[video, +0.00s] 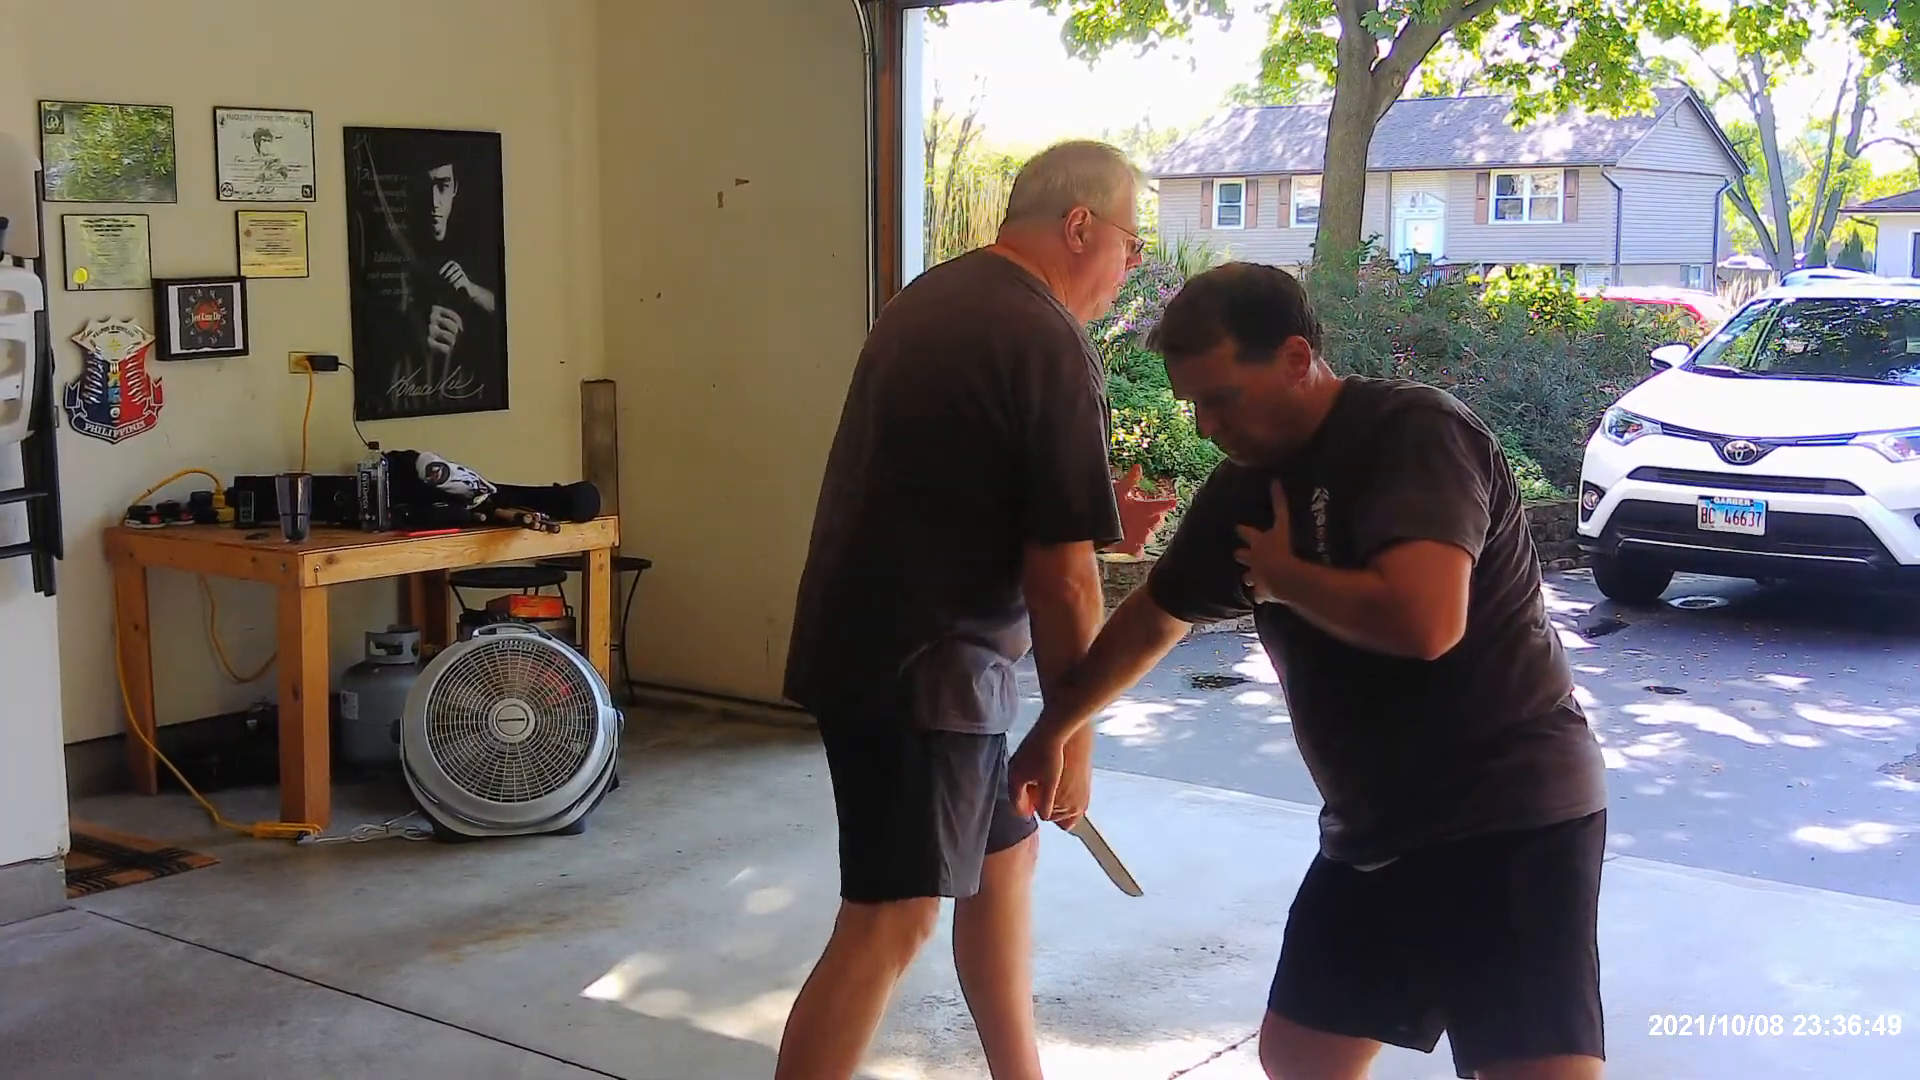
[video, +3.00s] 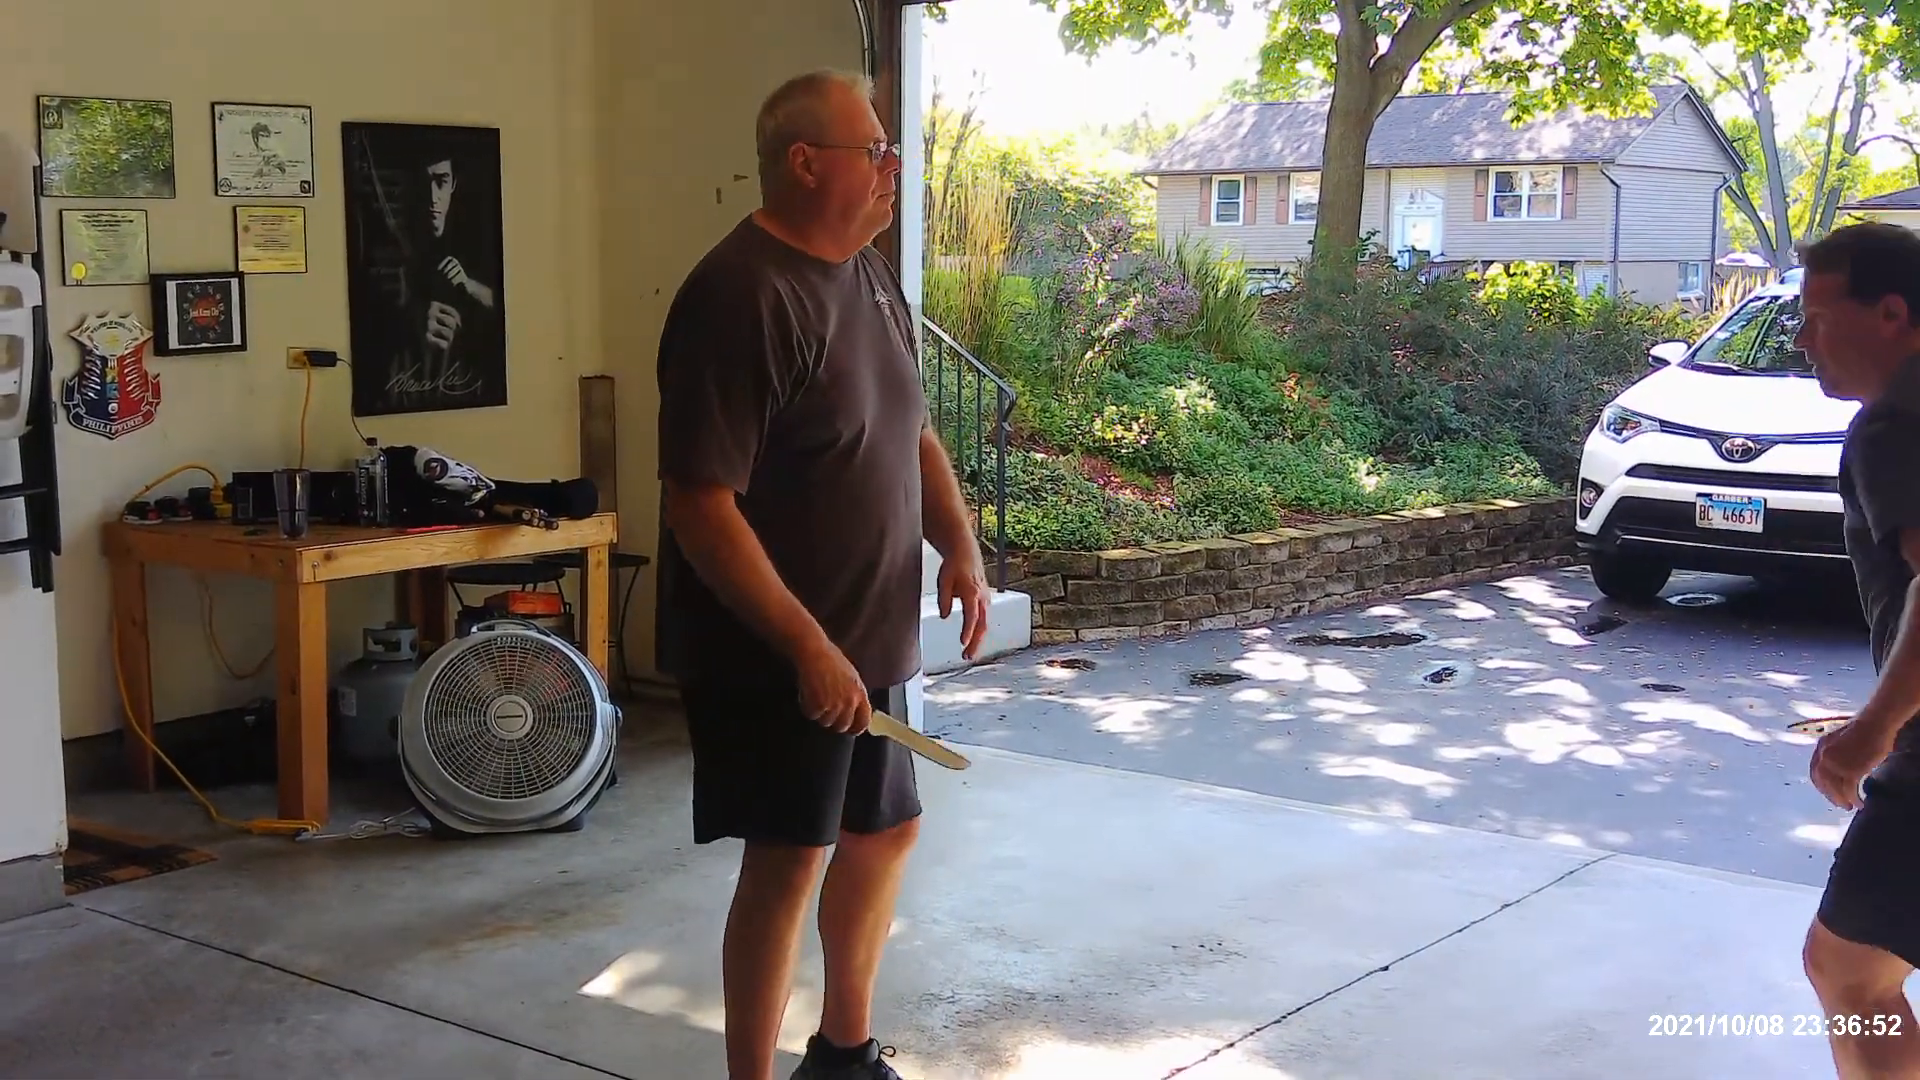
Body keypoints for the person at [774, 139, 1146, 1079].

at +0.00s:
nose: (1127, 273)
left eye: (1132, 251)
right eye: (1128, 247)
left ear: (1046, 221)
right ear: (1079, 226)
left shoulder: (932, 295)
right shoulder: (1043, 339)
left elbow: (941, 496)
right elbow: (1061, 573)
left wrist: (1087, 517)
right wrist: (1073, 732)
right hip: (925, 662)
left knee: (1005, 848)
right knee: (887, 921)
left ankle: (1019, 1069)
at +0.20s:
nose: (1154, 258)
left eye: (1156, 239)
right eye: (1147, 234)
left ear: (1073, 218)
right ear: (1088, 218)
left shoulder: (975, 289)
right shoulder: (1036, 329)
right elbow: (1060, 561)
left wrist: (1088, 656)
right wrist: (1102, 734)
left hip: (956, 648)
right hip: (917, 657)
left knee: (1008, 848)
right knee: (910, 899)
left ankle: (1021, 1071)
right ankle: (802, 1073)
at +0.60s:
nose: (1034, 210)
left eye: (1040, 193)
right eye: (1017, 190)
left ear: (1026, 200)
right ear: (948, 188)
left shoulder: (988, 313)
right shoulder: (904, 310)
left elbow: (1024, 497)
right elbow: (950, 513)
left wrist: (1056, 638)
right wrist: (1066, 641)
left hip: (958, 652)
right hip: (862, 658)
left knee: (997, 843)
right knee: (860, 867)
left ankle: (1020, 1073)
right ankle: (782, 1066)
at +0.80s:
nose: (933, 193)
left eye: (943, 175)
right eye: (908, 175)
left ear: (950, 185)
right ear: (850, 185)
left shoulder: (937, 300)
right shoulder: (812, 313)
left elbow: (988, 467)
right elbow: (827, 518)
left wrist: (1049, 614)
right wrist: (916, 675)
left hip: (926, 642)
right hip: (821, 651)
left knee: (961, 839)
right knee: (824, 852)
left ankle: (1000, 1068)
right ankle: (781, 1064)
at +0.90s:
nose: (896, 183)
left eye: (906, 165)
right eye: (871, 166)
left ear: (918, 177)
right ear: (818, 181)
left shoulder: (919, 295)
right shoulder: (778, 313)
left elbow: (966, 458)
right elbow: (759, 517)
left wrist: (1023, 605)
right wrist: (801, 689)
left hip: (914, 648)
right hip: (812, 662)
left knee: (951, 838)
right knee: (813, 851)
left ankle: (990, 1069)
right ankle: (781, 1064)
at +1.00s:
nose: (875, 182)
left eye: (885, 162)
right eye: (848, 166)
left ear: (899, 174)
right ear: (797, 183)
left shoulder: (903, 291)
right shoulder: (754, 311)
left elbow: (950, 456)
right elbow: (707, 509)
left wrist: (982, 604)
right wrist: (697, 692)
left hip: (916, 640)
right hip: (803, 657)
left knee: (948, 830)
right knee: (811, 845)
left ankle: (960, 1065)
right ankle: (782, 1062)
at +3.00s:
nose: (894, 167)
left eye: (889, 148)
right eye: (876, 150)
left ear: (819, 166)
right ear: (809, 166)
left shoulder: (866, 274)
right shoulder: (733, 295)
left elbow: (909, 429)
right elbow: (698, 505)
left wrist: (959, 544)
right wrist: (810, 646)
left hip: (872, 631)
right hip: (773, 647)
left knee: (883, 826)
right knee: (787, 854)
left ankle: (845, 1050)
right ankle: (750, 1072)